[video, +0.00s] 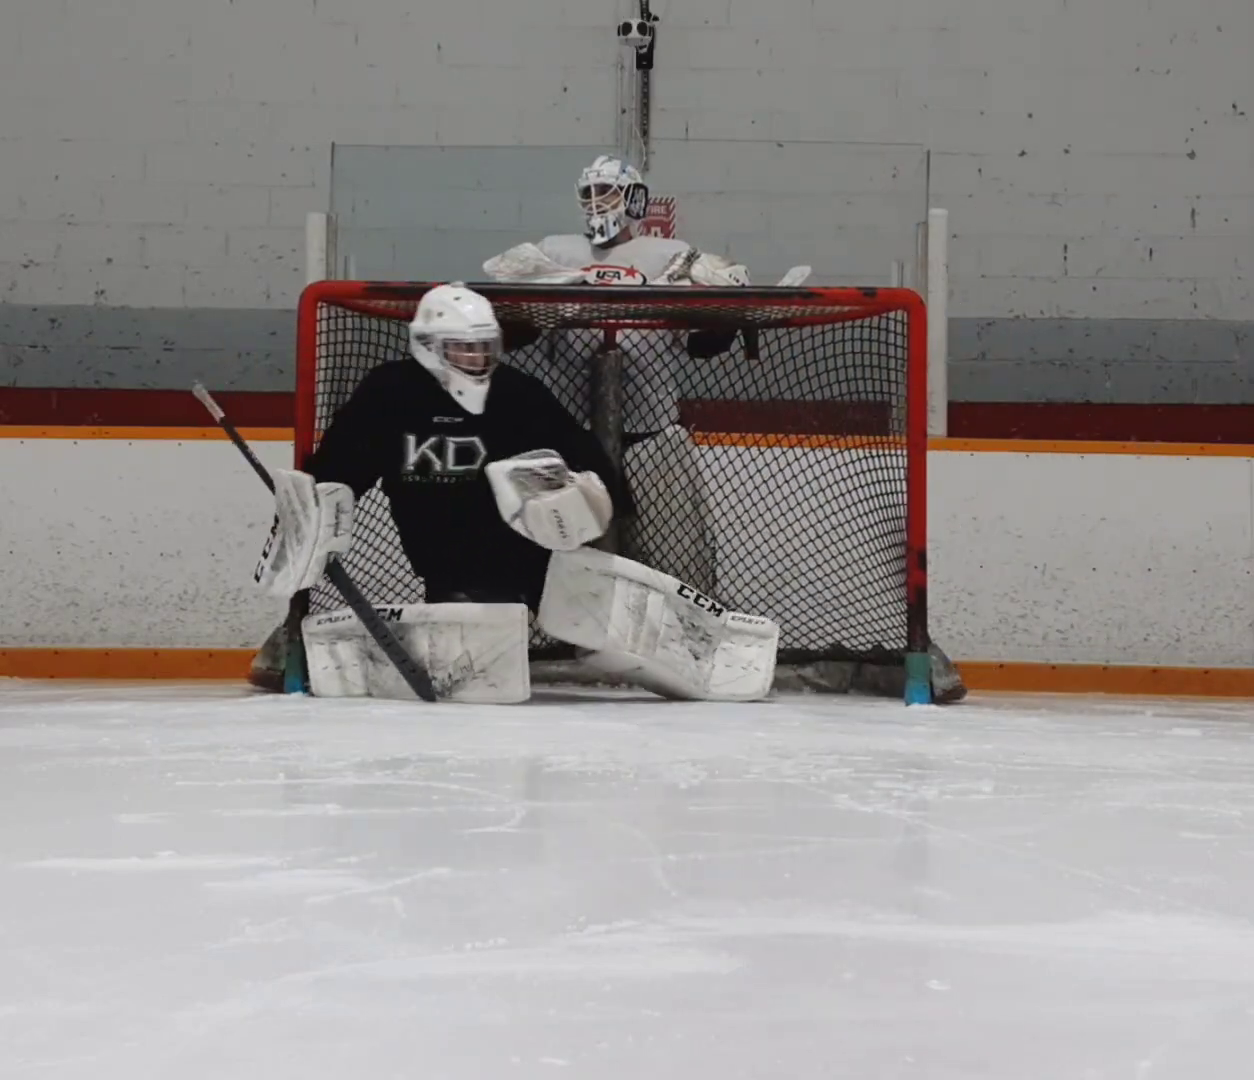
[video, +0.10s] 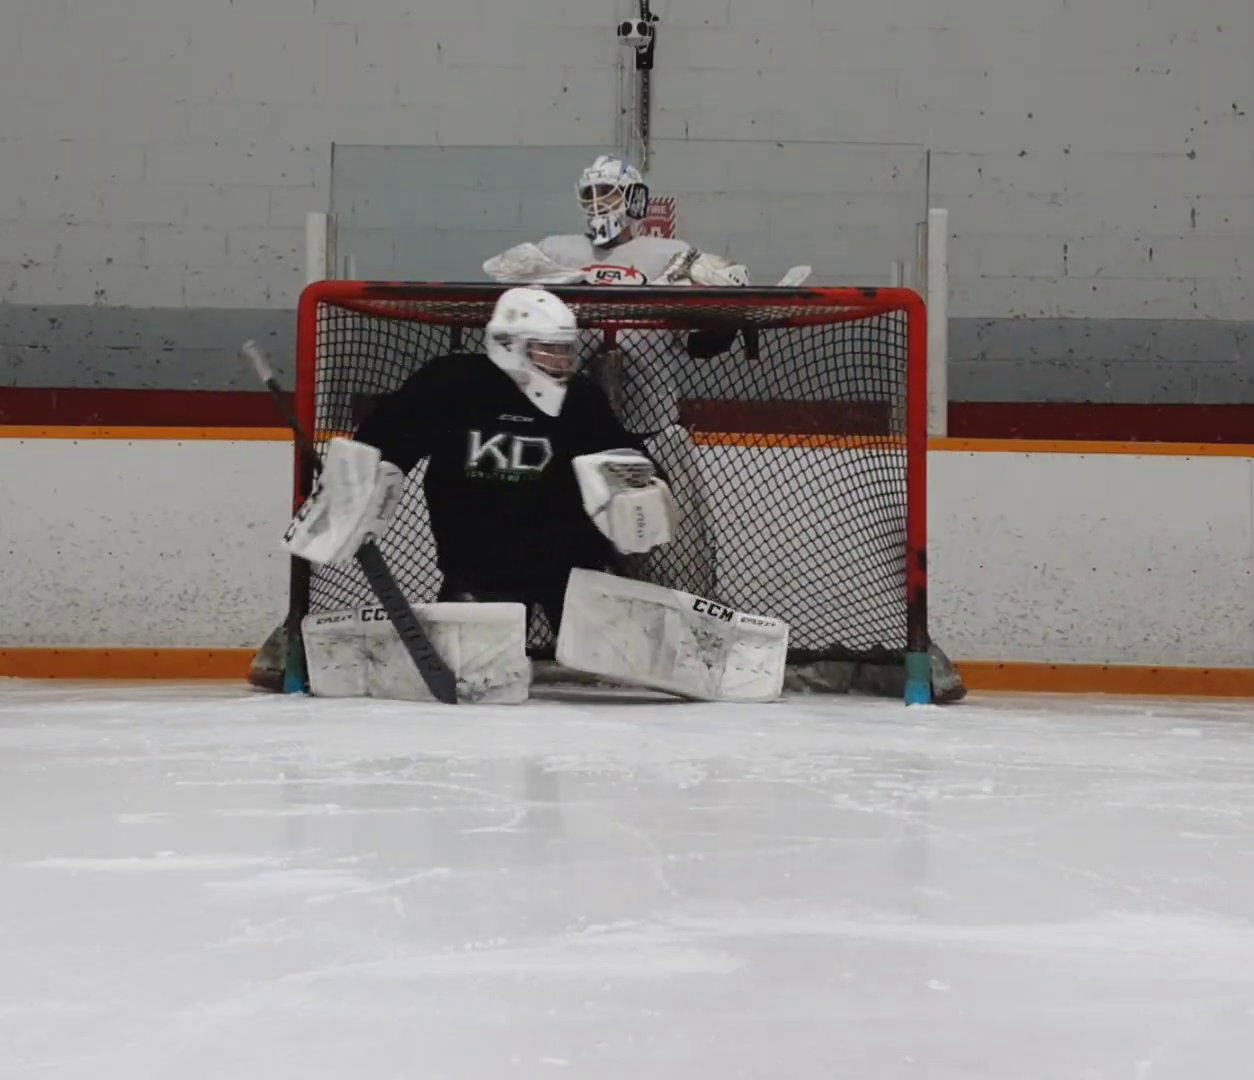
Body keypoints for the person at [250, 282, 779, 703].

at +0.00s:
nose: (476, 358)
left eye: (484, 346)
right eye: (462, 348)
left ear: (495, 343)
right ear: (429, 346)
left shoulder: (518, 388)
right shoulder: (389, 395)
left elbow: (595, 469)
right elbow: (333, 477)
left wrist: (580, 505)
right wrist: (307, 522)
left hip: (536, 564)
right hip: (452, 575)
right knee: (476, 673)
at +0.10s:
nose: (565, 362)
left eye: (569, 351)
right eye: (551, 351)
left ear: (576, 349)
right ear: (510, 346)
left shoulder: (580, 400)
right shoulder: (451, 384)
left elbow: (626, 458)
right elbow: (382, 442)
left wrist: (633, 495)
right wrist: (353, 492)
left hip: (572, 593)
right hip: (477, 588)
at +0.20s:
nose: (648, 364)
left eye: (652, 353)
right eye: (639, 351)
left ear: (648, 353)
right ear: (601, 346)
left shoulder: (655, 411)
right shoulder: (530, 377)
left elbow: (681, 482)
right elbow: (441, 409)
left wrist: (716, 508)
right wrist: (423, 485)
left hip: (611, 584)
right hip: (520, 578)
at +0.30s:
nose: (726, 369)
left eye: (732, 360)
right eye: (716, 356)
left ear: (739, 360)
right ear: (679, 348)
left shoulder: (736, 421)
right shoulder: (620, 379)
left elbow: (746, 490)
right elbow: (517, 398)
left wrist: (791, 506)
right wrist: (550, 445)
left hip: (658, 582)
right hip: (573, 562)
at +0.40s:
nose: (798, 372)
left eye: (806, 362)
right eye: (788, 359)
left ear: (807, 364)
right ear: (751, 347)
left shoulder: (807, 426)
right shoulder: (699, 378)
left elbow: (825, 508)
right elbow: (618, 406)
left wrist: (849, 533)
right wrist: (669, 451)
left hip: (716, 573)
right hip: (631, 552)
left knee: (713, 679)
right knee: (512, 617)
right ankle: (403, 652)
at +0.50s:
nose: (866, 372)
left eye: (872, 362)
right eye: (857, 359)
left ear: (870, 364)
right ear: (818, 348)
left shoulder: (867, 426)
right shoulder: (765, 376)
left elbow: (883, 508)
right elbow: (692, 416)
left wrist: (876, 536)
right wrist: (753, 453)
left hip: (782, 566)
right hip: (695, 539)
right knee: (587, 610)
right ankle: (479, 652)